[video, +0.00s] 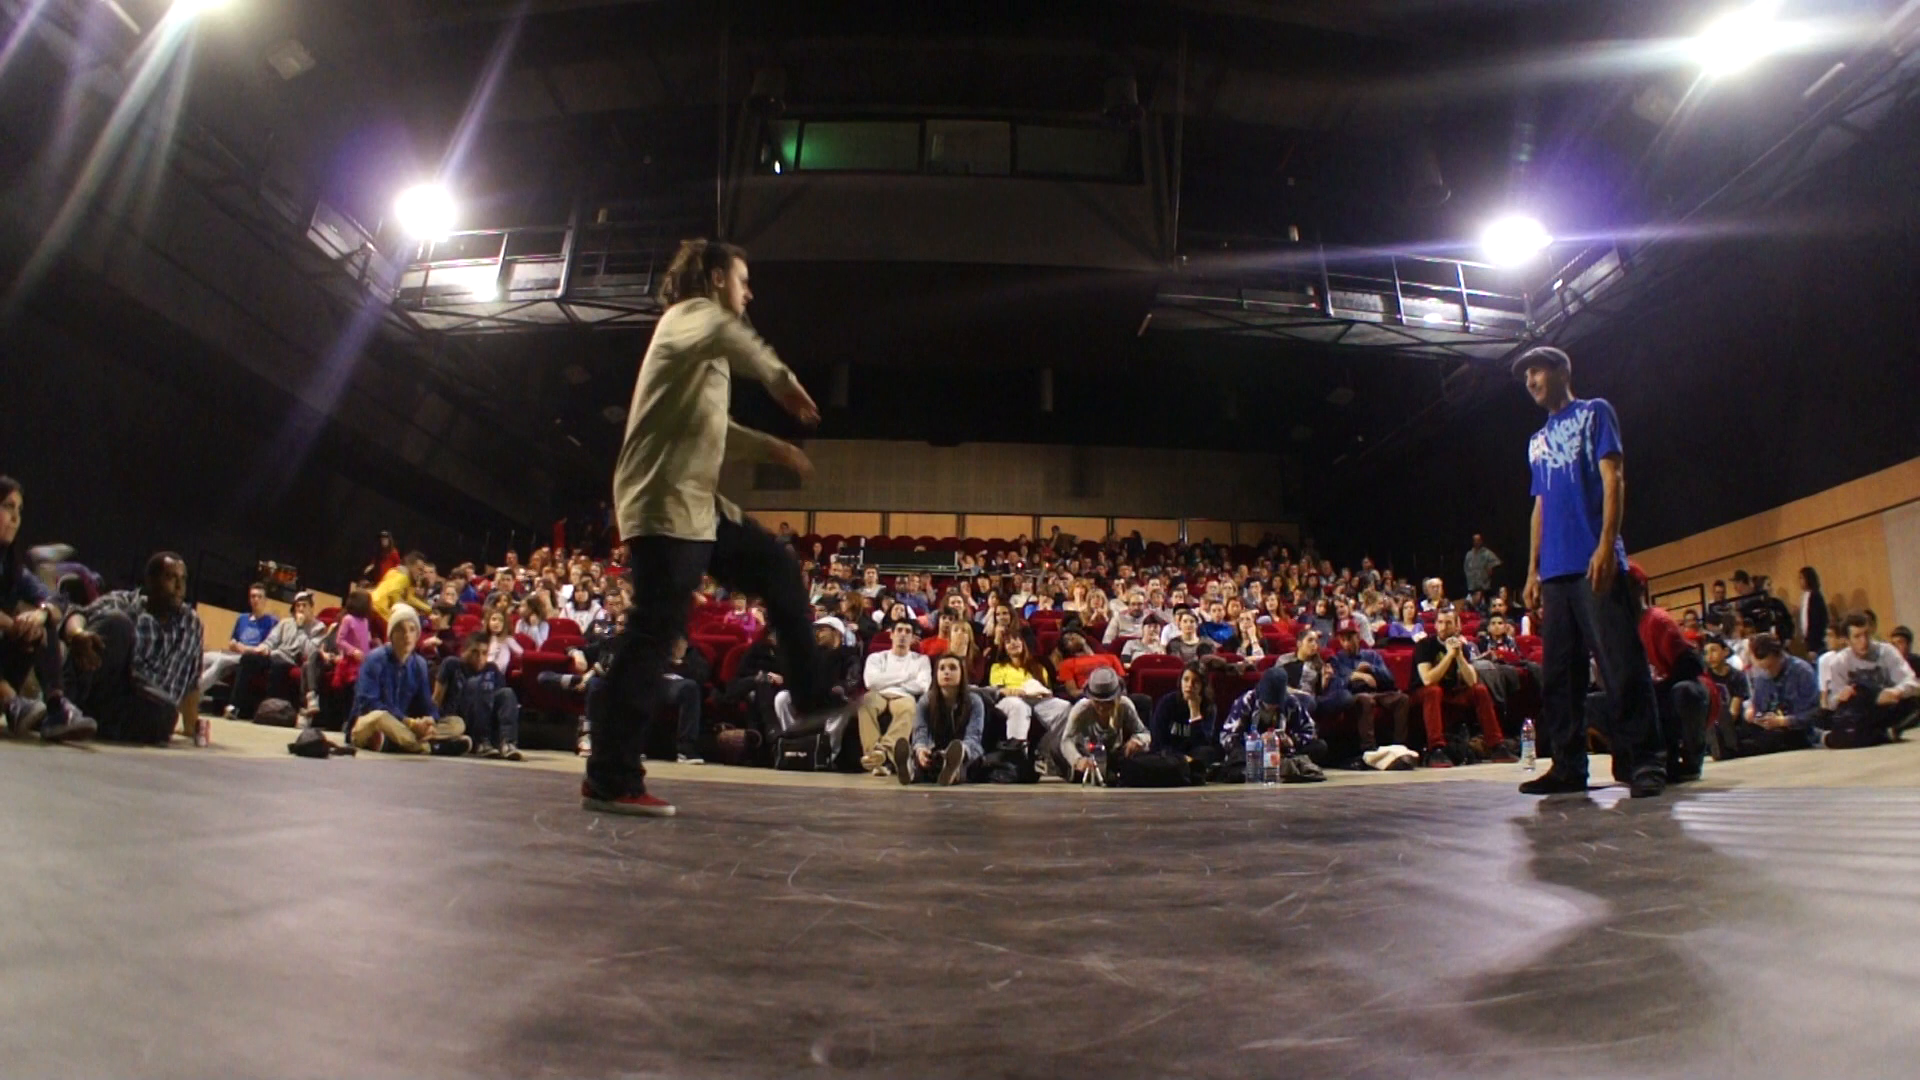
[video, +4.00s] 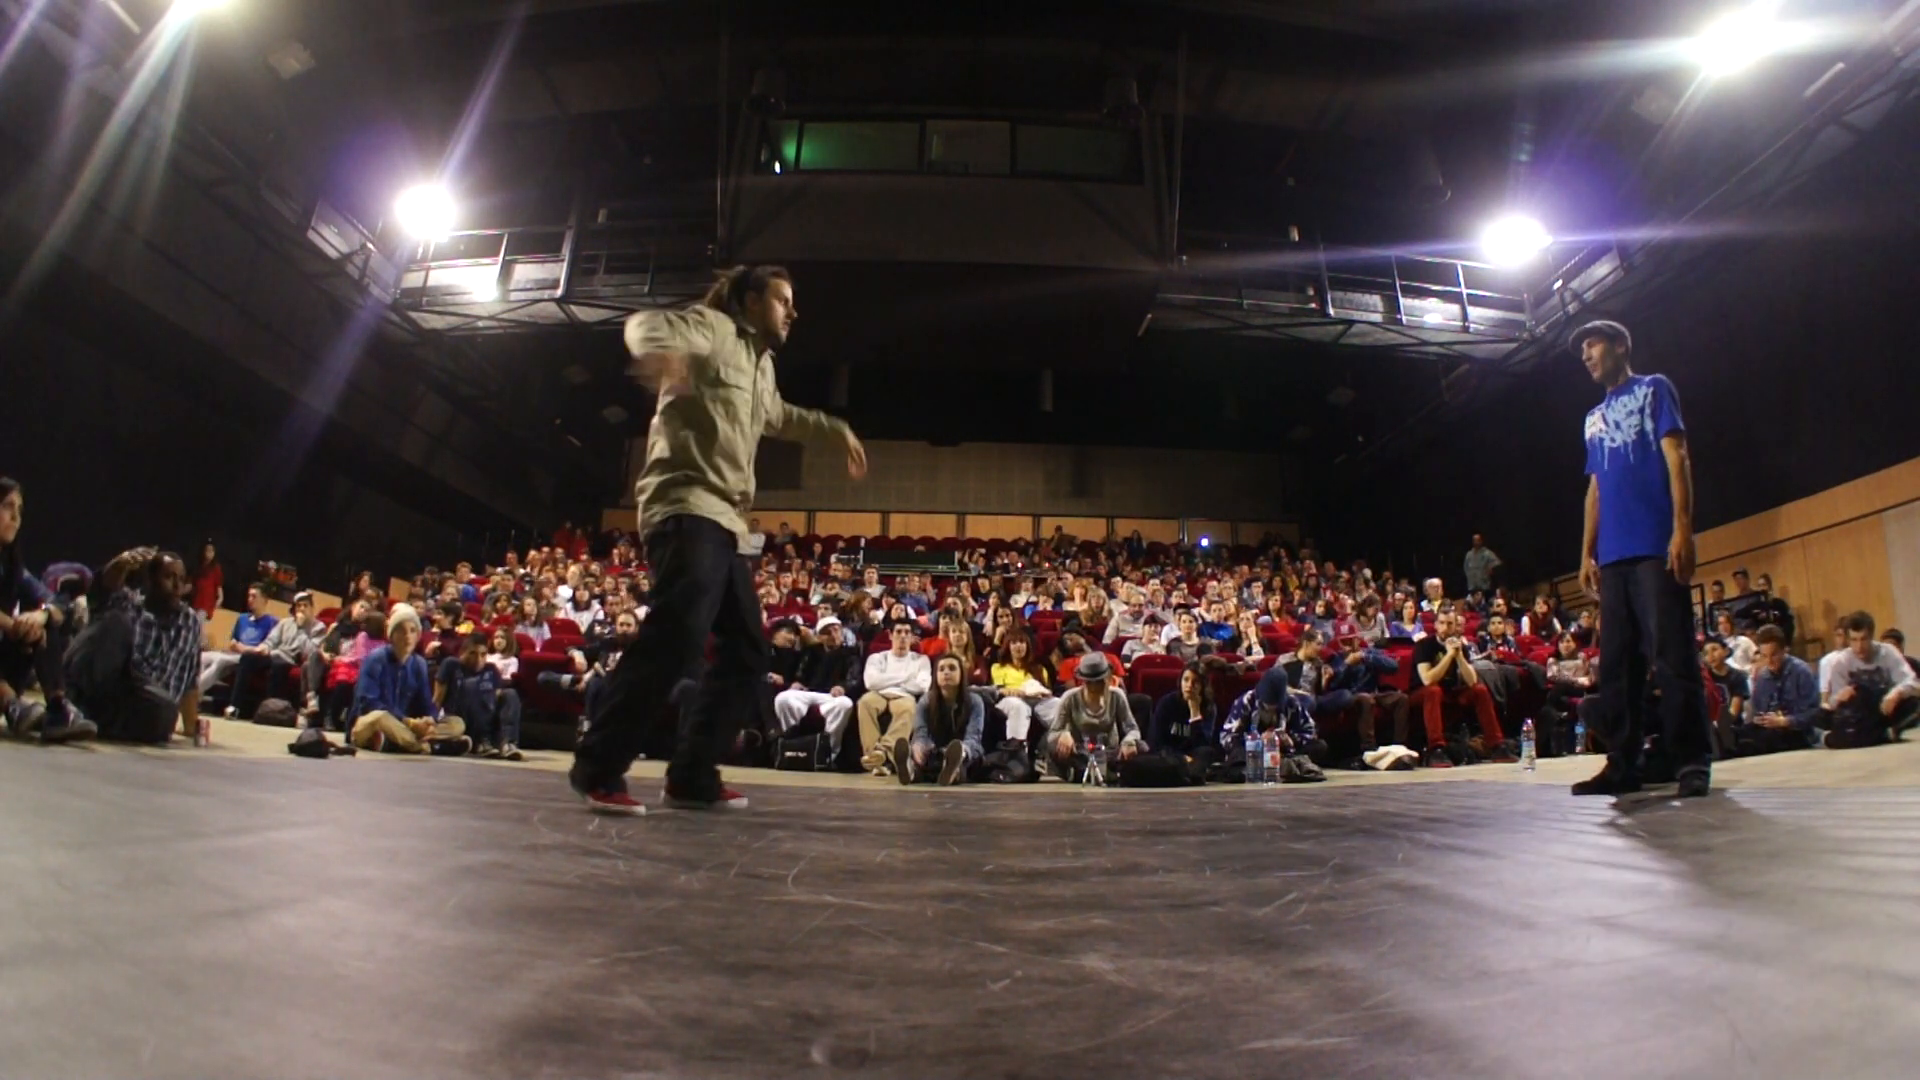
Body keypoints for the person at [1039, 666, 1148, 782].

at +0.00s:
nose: (1102, 707)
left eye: (1108, 702)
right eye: (1097, 703)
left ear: (1117, 696)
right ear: (1090, 697)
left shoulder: (1125, 705)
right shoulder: (1080, 708)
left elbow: (1144, 733)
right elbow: (1066, 741)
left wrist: (1137, 741)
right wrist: (1078, 761)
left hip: (1115, 754)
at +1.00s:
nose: (1101, 706)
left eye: (1107, 702)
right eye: (1097, 701)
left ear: (1117, 696)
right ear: (1090, 695)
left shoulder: (1125, 704)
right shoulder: (1079, 707)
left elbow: (1143, 734)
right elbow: (1054, 735)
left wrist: (1138, 743)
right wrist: (1067, 755)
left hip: (1112, 754)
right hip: (1082, 755)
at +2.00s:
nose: (1094, 690)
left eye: (1099, 684)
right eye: (1089, 685)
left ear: (1107, 680)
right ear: (1083, 683)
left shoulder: (1118, 696)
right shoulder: (1071, 697)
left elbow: (1128, 728)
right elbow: (1061, 728)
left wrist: (1135, 738)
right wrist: (1063, 734)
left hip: (1112, 750)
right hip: (1081, 752)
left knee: (1131, 752)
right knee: (1059, 750)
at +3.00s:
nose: (1094, 690)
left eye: (1099, 685)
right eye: (1089, 685)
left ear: (1108, 681)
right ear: (1082, 683)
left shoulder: (1117, 696)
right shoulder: (1070, 699)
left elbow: (1133, 730)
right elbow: (1050, 738)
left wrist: (1129, 742)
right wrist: (1063, 734)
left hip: (1110, 755)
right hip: (1078, 755)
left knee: (1140, 748)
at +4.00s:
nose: (1095, 687)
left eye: (1099, 681)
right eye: (1089, 682)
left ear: (1107, 678)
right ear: (1083, 681)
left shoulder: (1117, 696)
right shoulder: (1069, 698)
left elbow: (1132, 729)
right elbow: (1052, 736)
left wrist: (1129, 741)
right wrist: (1063, 734)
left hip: (1110, 754)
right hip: (1079, 755)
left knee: (1140, 748)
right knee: (1055, 747)